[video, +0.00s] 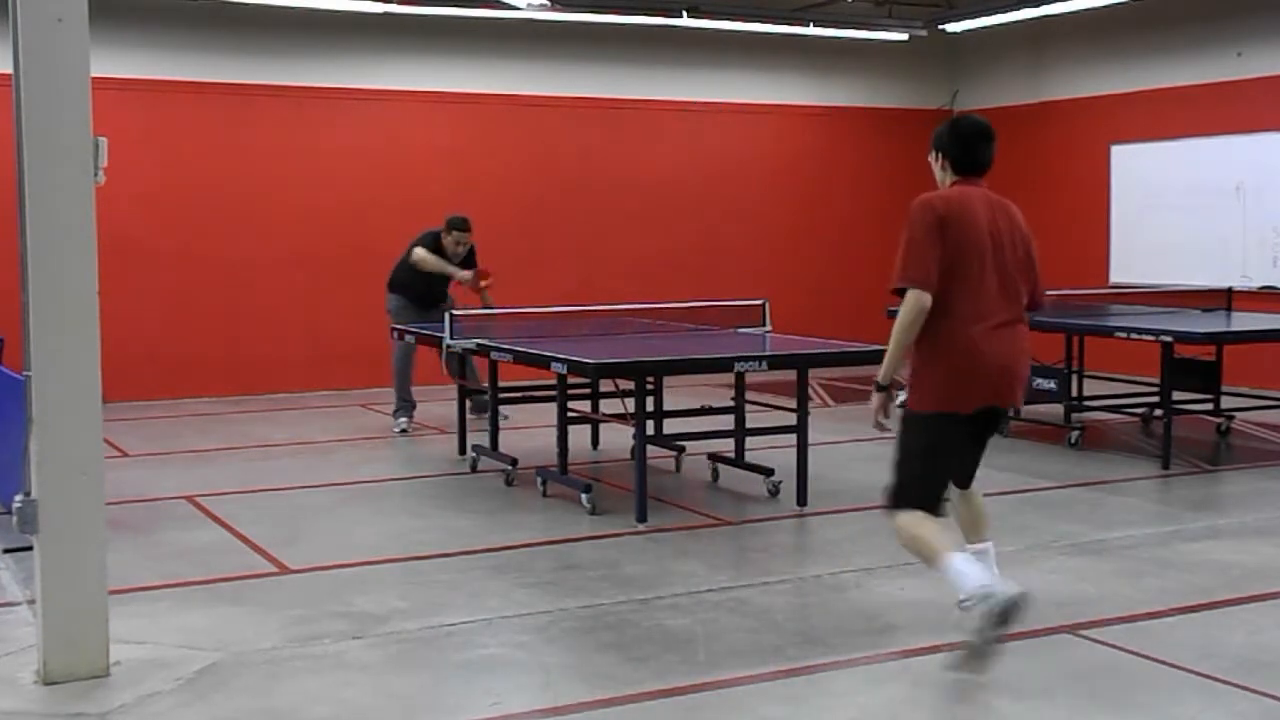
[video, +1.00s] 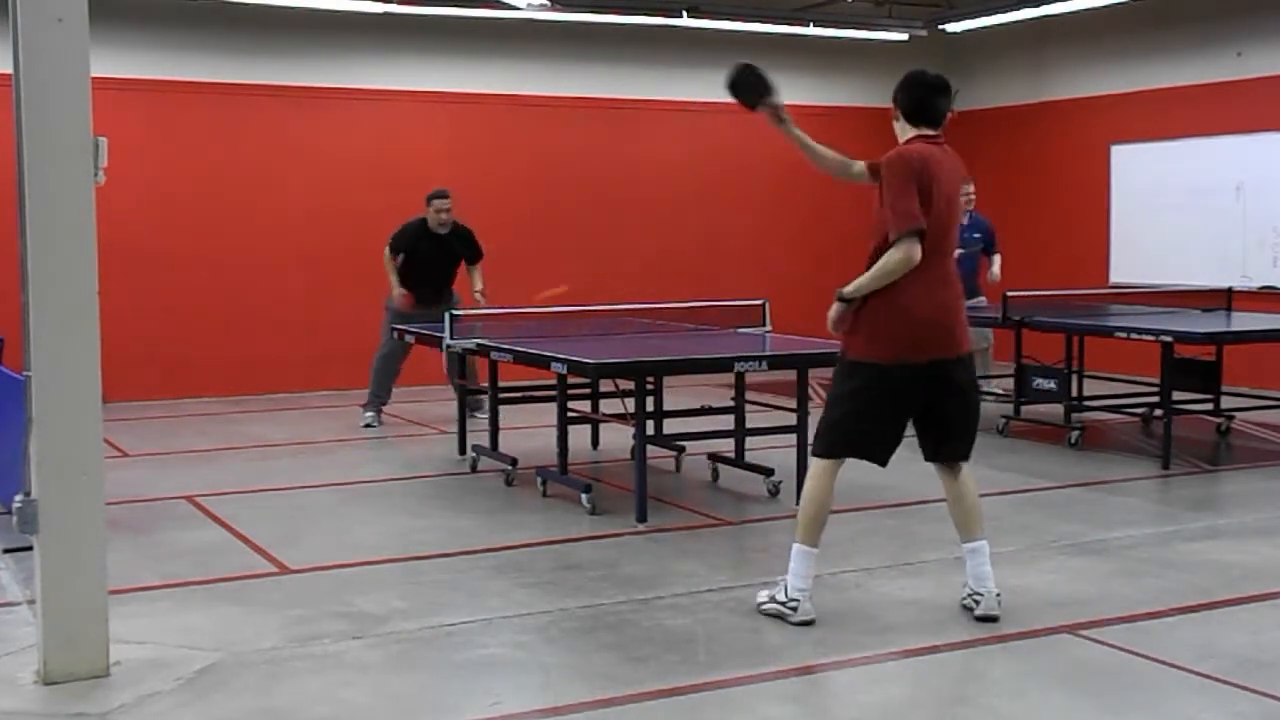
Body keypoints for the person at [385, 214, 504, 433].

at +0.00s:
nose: (462, 250)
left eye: (466, 244)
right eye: (457, 243)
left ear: (471, 240)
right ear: (445, 236)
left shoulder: (467, 251)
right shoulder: (429, 241)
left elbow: (473, 280)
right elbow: (417, 257)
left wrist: (487, 302)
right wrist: (457, 273)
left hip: (437, 302)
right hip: (405, 299)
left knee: (457, 349)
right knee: (405, 347)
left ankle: (479, 402)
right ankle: (403, 412)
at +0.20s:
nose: (463, 251)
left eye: (467, 246)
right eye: (459, 245)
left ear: (470, 242)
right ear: (447, 237)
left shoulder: (463, 256)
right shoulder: (430, 243)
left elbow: (457, 277)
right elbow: (422, 262)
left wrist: (466, 291)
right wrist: (459, 283)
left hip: (430, 302)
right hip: (398, 300)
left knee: (448, 351)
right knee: (399, 354)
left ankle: (462, 403)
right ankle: (402, 412)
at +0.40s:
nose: (473, 245)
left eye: (476, 240)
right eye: (469, 238)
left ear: (480, 237)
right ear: (454, 231)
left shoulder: (468, 252)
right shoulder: (432, 243)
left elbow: (463, 276)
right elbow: (401, 271)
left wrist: (469, 304)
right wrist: (422, 303)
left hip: (434, 300)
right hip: (402, 297)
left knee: (448, 351)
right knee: (400, 355)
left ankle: (461, 402)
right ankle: (402, 411)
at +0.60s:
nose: (476, 231)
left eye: (480, 226)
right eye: (472, 224)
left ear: (483, 225)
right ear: (458, 221)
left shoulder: (477, 245)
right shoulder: (434, 233)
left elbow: (477, 272)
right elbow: (400, 254)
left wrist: (485, 298)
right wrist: (417, 288)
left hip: (442, 300)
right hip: (408, 295)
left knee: (453, 350)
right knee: (399, 348)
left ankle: (464, 403)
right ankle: (390, 407)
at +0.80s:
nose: (466, 215)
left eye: (470, 210)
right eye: (461, 210)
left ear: (472, 211)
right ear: (448, 208)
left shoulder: (471, 234)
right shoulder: (426, 227)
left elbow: (474, 264)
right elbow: (396, 251)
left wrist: (486, 291)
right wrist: (417, 284)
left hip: (439, 298)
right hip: (406, 296)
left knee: (449, 351)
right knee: (394, 347)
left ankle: (463, 404)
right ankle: (375, 407)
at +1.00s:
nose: (444, 216)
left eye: (448, 211)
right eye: (439, 211)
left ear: (452, 211)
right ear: (427, 211)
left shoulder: (462, 236)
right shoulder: (412, 232)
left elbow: (473, 263)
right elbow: (390, 254)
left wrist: (477, 289)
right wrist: (395, 286)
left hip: (443, 304)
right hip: (407, 304)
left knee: (460, 351)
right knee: (391, 351)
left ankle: (473, 402)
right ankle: (373, 407)